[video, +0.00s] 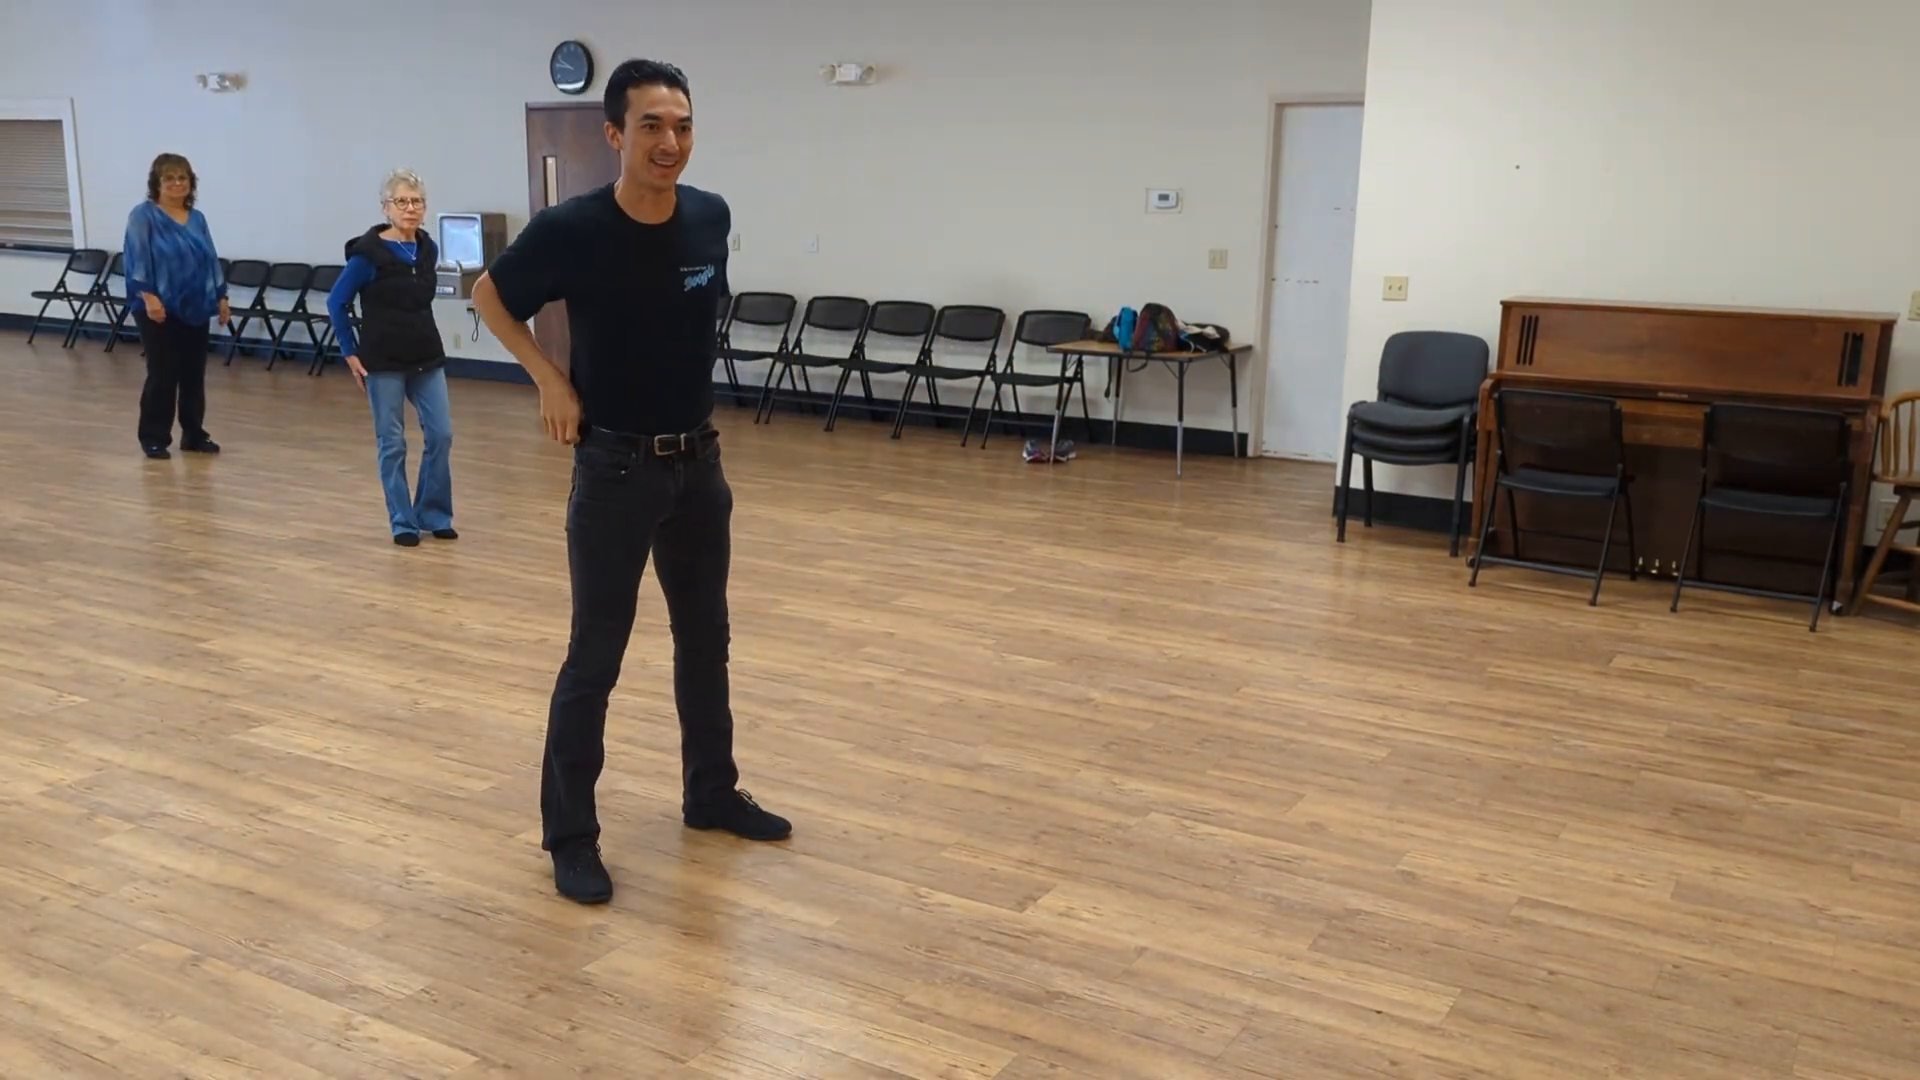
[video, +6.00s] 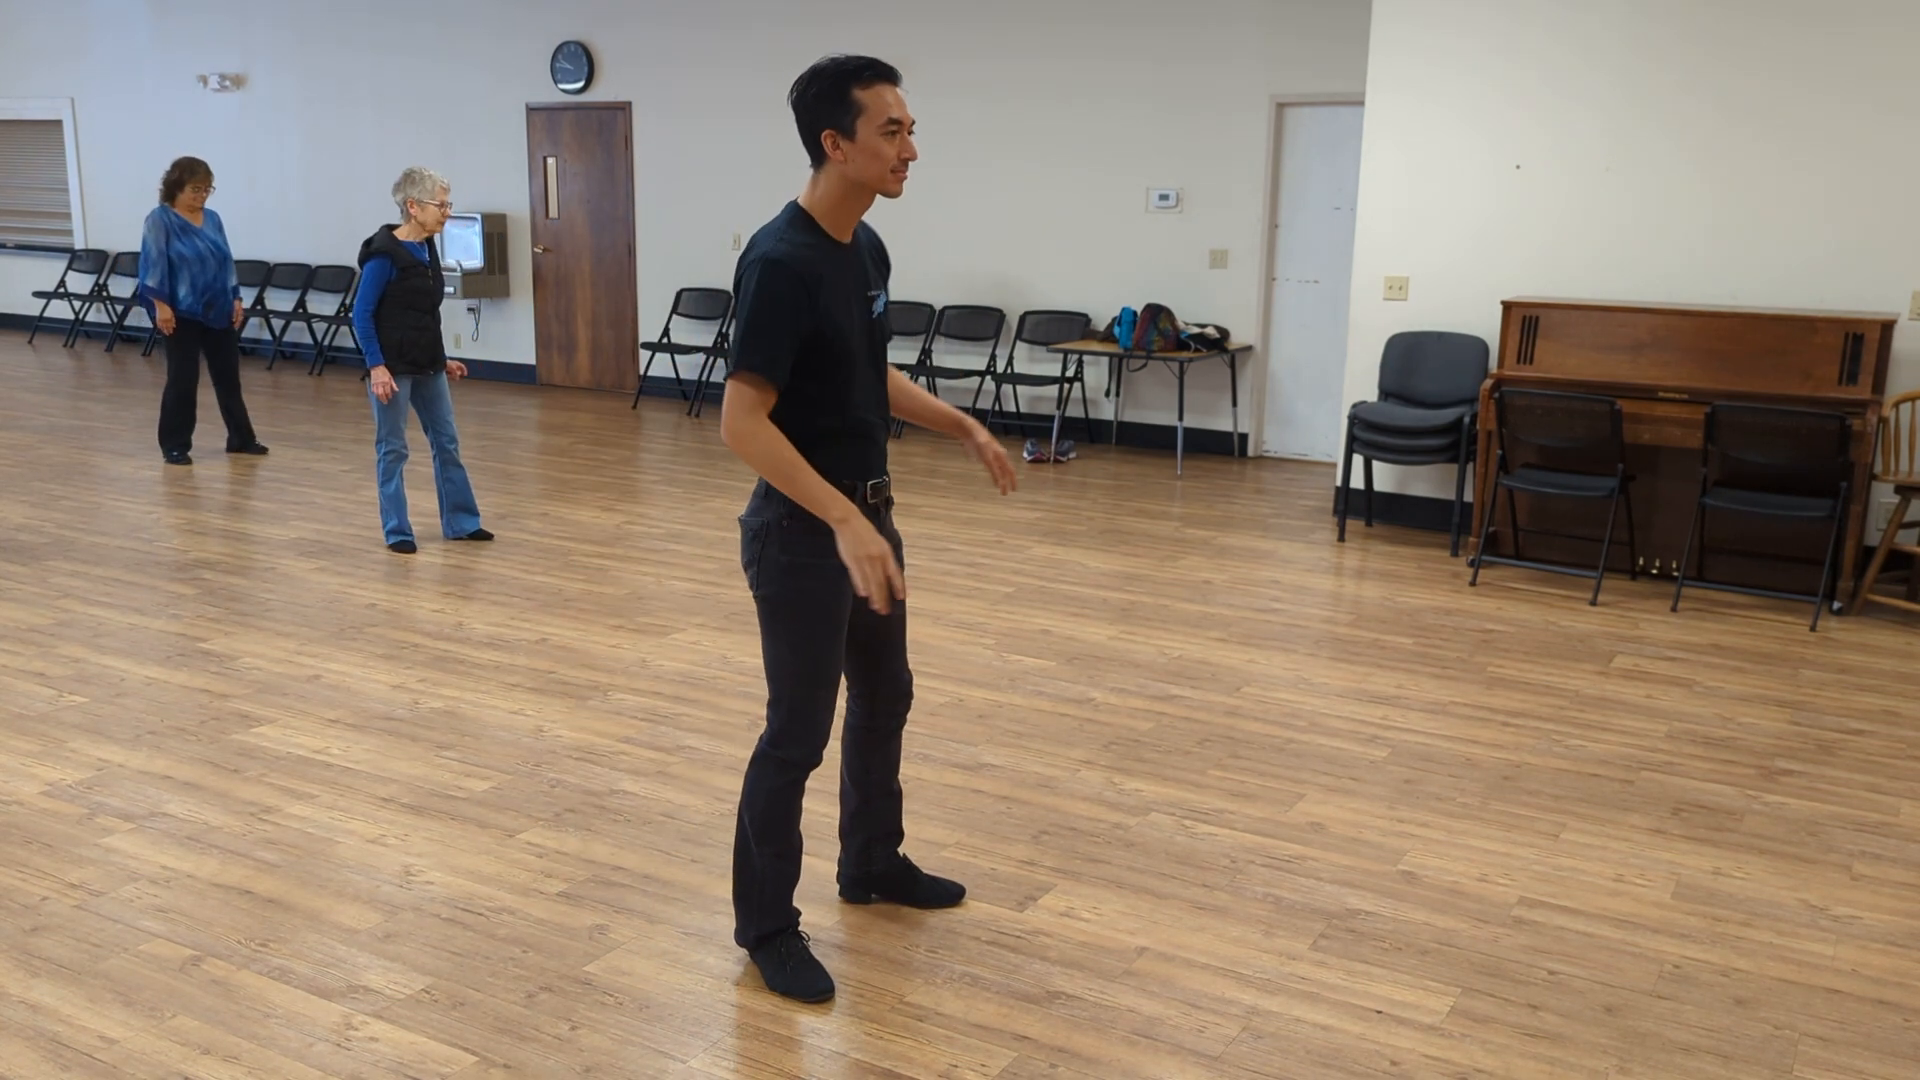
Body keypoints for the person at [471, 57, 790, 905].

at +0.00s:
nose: (671, 141)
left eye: (681, 126)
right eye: (653, 126)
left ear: (694, 136)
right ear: (615, 135)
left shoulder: (708, 217)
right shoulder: (572, 230)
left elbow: (692, 313)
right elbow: (491, 291)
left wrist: (686, 400)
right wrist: (549, 378)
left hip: (696, 466)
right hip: (614, 473)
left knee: (705, 643)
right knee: (594, 661)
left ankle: (711, 794)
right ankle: (571, 839)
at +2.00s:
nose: (701, 176)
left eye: (714, 159)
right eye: (684, 158)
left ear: (724, 157)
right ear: (640, 154)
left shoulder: (719, 237)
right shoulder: (580, 232)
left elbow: (693, 325)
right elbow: (484, 272)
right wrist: (547, 370)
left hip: (693, 474)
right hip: (609, 481)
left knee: (725, 644)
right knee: (593, 664)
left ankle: (715, 791)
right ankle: (572, 840)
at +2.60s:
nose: (827, 165)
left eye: (831, 150)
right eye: (813, 148)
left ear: (793, 152)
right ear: (760, 145)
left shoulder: (793, 236)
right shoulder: (685, 230)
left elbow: (744, 329)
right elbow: (562, 283)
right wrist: (633, 381)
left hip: (769, 482)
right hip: (692, 483)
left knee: (784, 665)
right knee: (653, 669)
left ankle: (798, 827)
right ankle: (582, 832)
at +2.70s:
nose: (855, 165)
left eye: (859, 150)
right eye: (843, 147)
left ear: (839, 151)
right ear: (788, 143)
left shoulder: (822, 241)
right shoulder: (714, 232)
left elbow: (833, 331)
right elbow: (593, 299)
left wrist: (837, 383)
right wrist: (670, 391)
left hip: (792, 480)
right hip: (716, 481)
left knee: (794, 670)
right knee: (696, 673)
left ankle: (799, 829)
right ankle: (598, 823)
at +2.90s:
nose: (884, 166)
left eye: (888, 150)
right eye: (872, 148)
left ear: (866, 150)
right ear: (818, 140)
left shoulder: (857, 252)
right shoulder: (754, 233)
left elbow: (906, 355)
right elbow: (678, 350)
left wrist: (953, 425)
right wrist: (757, 446)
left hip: (822, 486)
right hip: (749, 490)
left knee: (809, 671)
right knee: (751, 677)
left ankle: (800, 830)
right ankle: (691, 853)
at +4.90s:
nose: (920, 148)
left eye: (922, 132)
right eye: (905, 129)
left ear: (881, 143)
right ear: (848, 135)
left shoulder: (872, 252)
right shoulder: (805, 244)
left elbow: (864, 394)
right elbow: (771, 401)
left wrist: (941, 454)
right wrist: (866, 501)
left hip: (867, 523)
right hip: (803, 527)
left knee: (883, 697)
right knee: (805, 732)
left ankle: (872, 859)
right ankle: (768, 927)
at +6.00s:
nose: (911, 145)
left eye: (909, 129)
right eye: (893, 130)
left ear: (868, 147)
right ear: (834, 142)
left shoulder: (865, 247)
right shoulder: (779, 259)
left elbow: (870, 377)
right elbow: (740, 422)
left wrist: (965, 426)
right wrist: (844, 517)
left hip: (867, 515)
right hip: (795, 524)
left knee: (883, 697)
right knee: (796, 730)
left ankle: (871, 861)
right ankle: (766, 926)